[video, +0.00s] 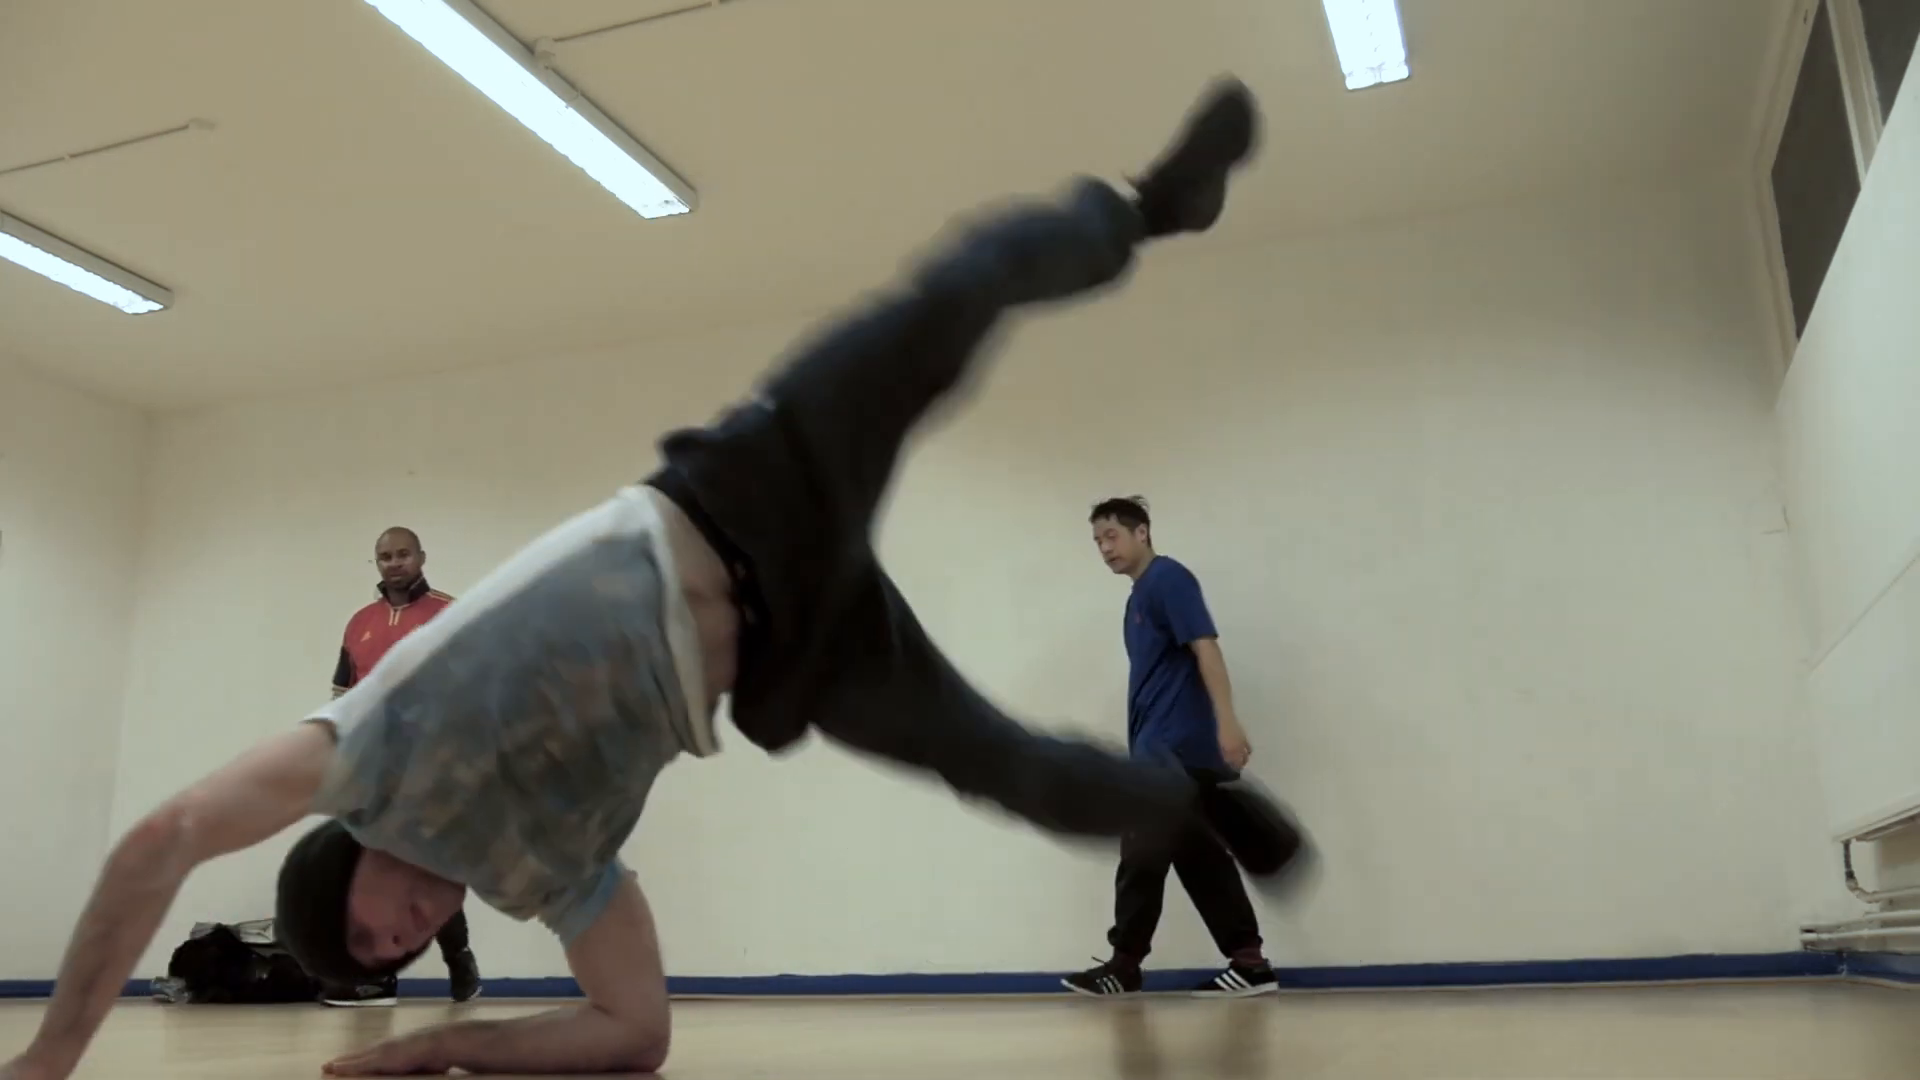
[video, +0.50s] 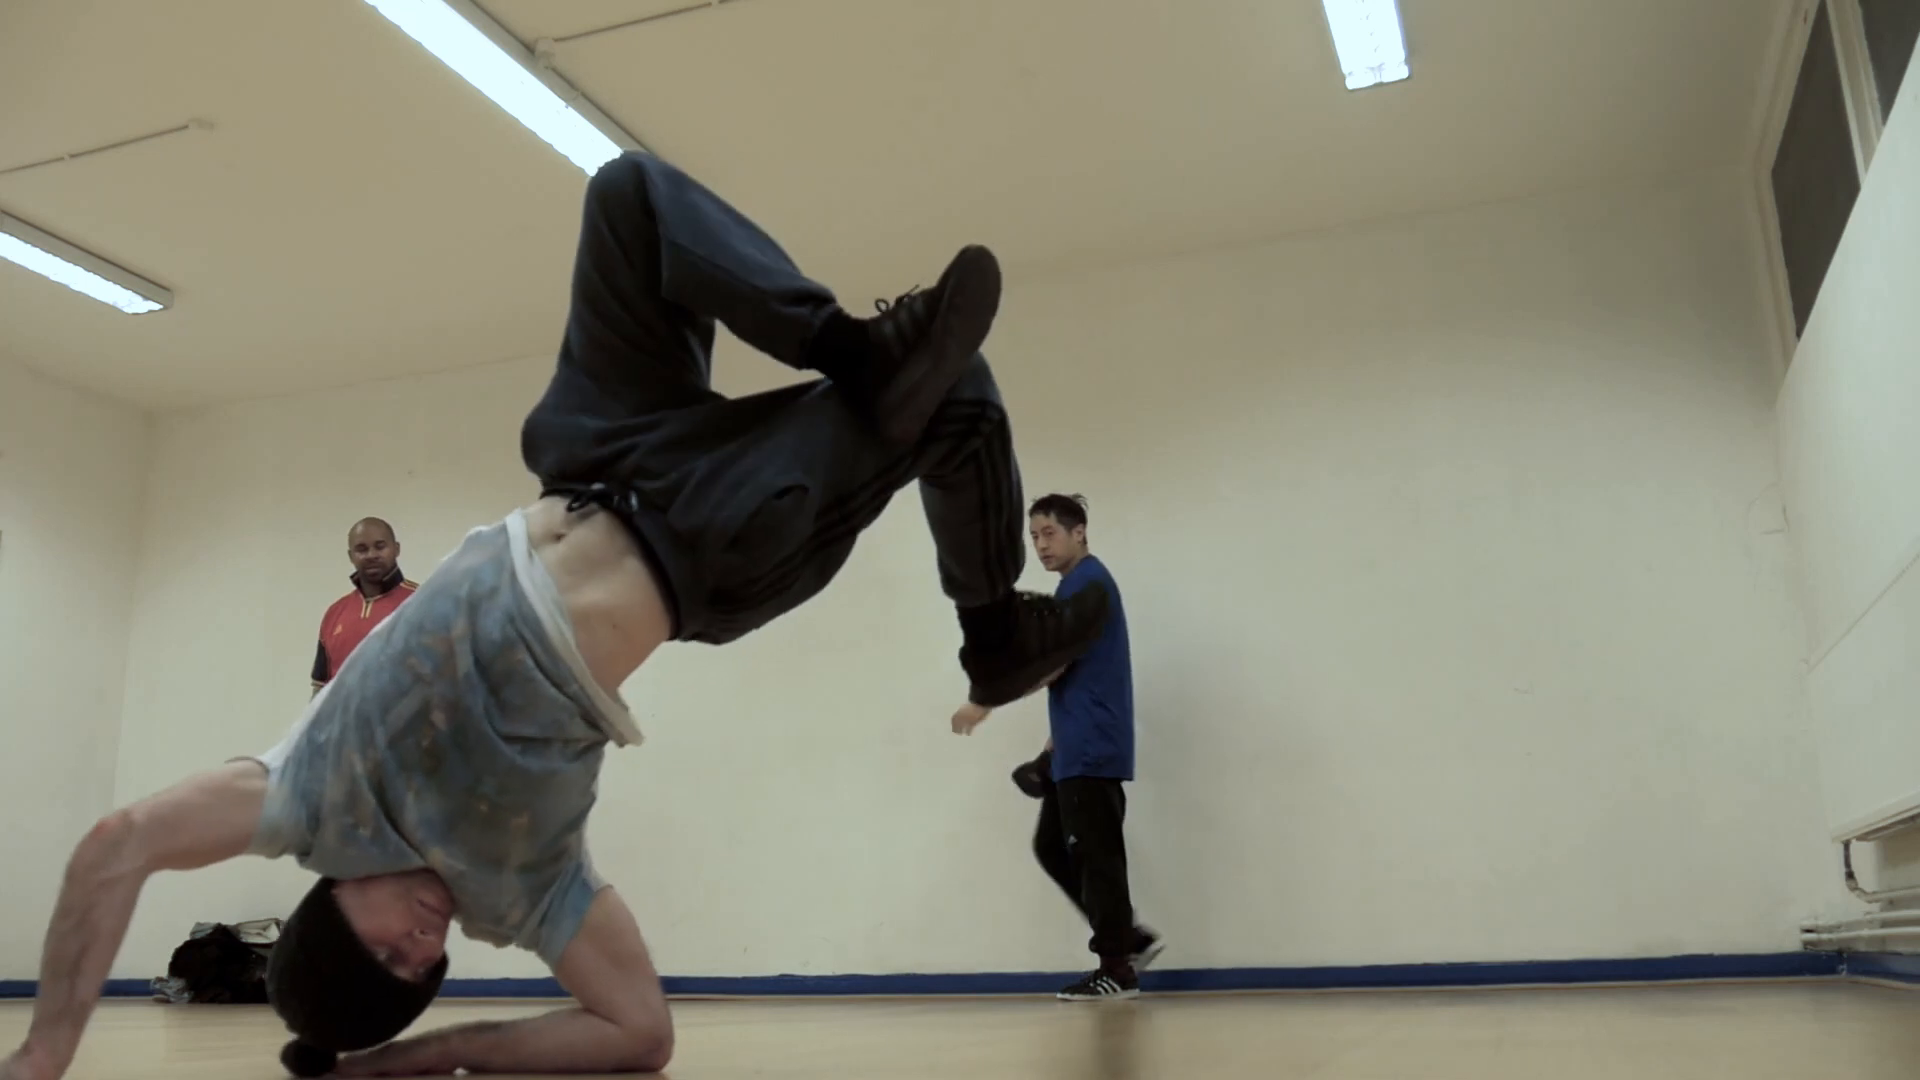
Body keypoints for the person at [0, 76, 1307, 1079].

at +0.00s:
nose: (404, 939)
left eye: (376, 933)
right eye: (391, 951)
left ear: (357, 874)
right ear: (401, 928)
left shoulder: (358, 757)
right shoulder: (560, 870)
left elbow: (157, 845)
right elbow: (634, 1038)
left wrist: (46, 1055)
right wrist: (439, 1057)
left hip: (740, 501)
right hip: (793, 661)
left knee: (959, 287)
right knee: (1019, 774)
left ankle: (1151, 206)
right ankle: (1215, 817)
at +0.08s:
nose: (425, 928)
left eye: (392, 928)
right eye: (421, 948)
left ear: (362, 885)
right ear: (429, 938)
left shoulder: (333, 756)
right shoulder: (553, 871)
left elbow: (129, 840)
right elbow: (637, 1039)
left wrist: (42, 1057)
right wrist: (433, 1049)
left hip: (682, 461)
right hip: (755, 606)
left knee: (824, 223)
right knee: (1023, 594)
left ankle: (1114, 201)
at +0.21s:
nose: (445, 926)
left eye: (416, 933)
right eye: (432, 945)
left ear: (354, 880)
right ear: (439, 937)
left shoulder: (333, 763)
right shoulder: (560, 872)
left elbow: (131, 845)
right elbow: (637, 1035)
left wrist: (45, 1049)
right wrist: (443, 1048)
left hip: (633, 448)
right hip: (728, 557)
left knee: (696, 193)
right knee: (1007, 411)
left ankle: (975, 313)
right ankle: (987, 631)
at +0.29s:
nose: (451, 931)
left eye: (424, 939)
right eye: (439, 947)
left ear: (363, 890)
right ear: (440, 924)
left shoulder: (335, 776)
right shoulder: (562, 873)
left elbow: (149, 847)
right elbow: (642, 1034)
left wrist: (53, 1042)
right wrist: (442, 1045)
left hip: (612, 458)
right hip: (722, 546)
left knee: (653, 195)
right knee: (985, 403)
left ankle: (897, 355)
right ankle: (1004, 630)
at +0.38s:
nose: (445, 936)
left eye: (415, 945)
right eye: (435, 951)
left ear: (355, 907)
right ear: (439, 936)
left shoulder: (325, 786)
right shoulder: (560, 886)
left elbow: (141, 847)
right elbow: (643, 1036)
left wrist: (53, 1039)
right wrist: (442, 1046)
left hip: (594, 465)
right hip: (709, 557)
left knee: (631, 190)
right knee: (964, 372)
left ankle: (877, 341)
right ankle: (1009, 624)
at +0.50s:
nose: (417, 934)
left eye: (381, 942)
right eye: (413, 952)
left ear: (332, 916)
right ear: (422, 952)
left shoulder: (301, 792)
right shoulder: (533, 893)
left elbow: (110, 848)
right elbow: (641, 1037)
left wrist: (43, 1051)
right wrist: (430, 1051)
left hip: (585, 466)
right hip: (698, 558)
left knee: (633, 187)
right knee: (952, 388)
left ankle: (852, 343)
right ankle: (1000, 645)